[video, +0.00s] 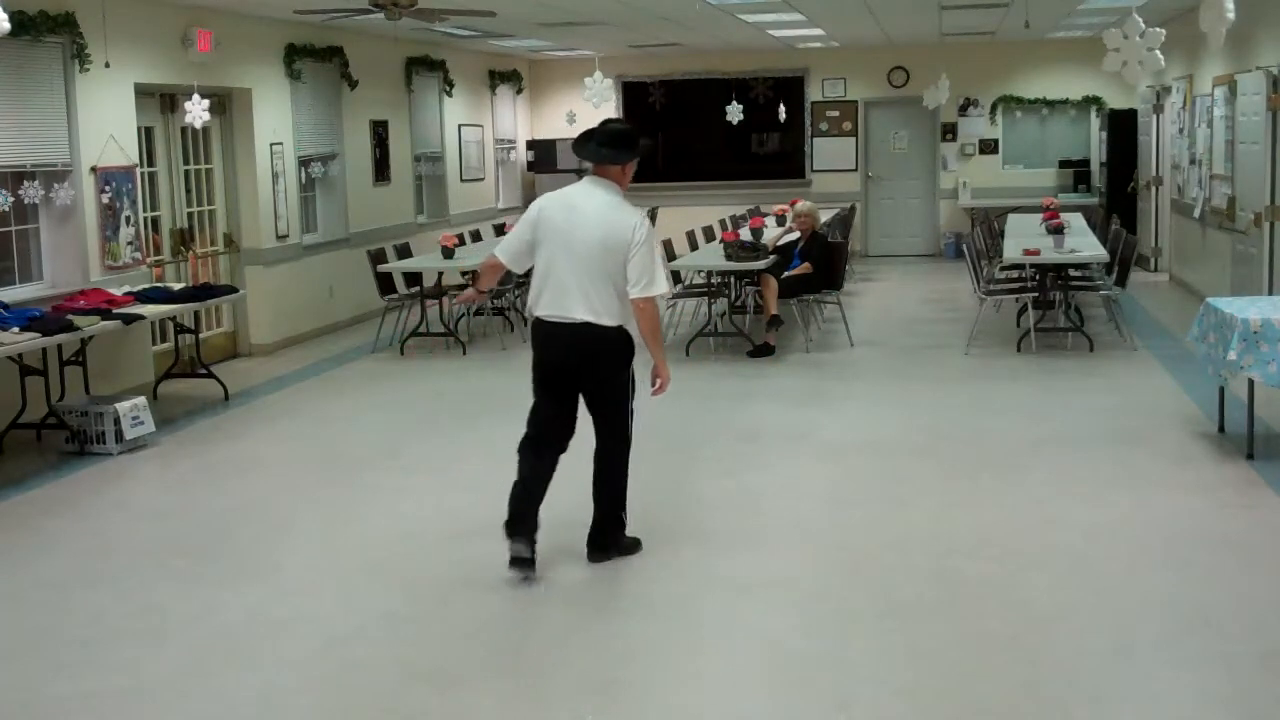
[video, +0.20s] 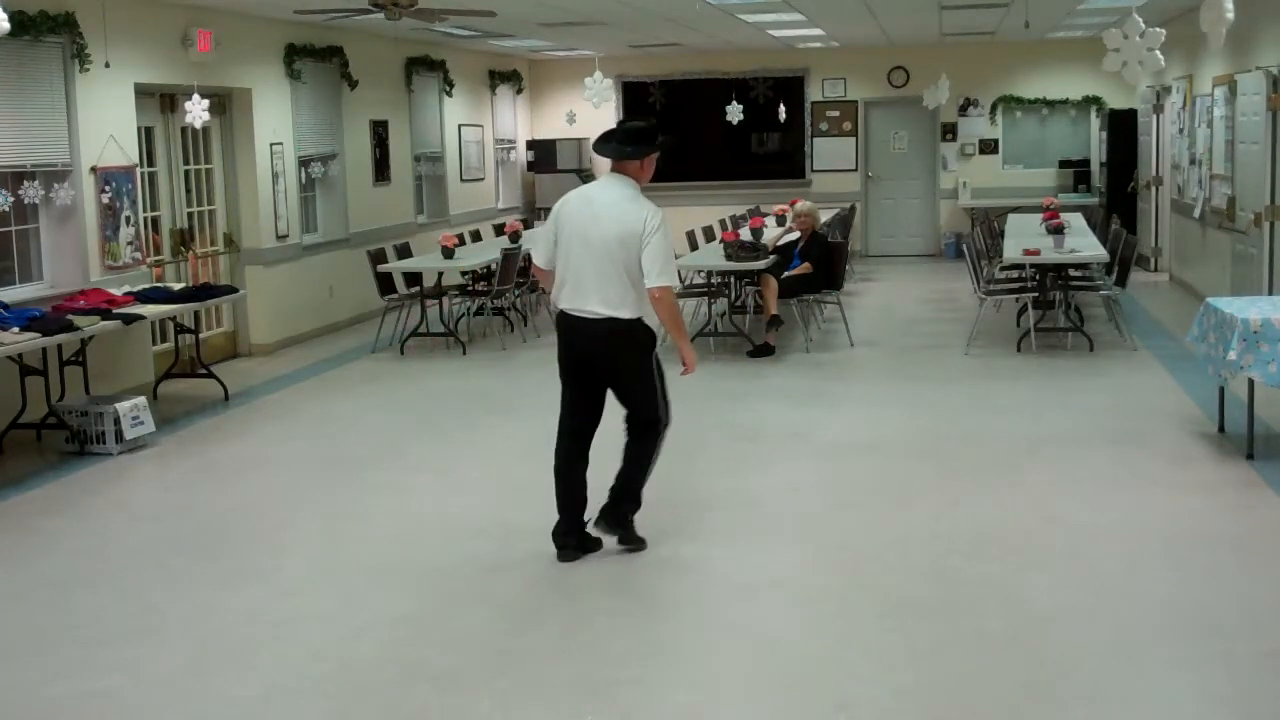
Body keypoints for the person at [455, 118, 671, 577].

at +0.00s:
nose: (633, 172)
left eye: (632, 165)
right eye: (632, 165)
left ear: (587, 162)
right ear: (624, 167)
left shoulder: (547, 205)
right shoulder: (632, 222)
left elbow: (496, 265)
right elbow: (642, 299)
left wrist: (480, 287)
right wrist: (659, 358)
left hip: (549, 339)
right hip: (606, 344)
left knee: (546, 431)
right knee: (613, 440)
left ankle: (520, 530)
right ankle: (606, 536)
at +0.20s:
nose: (654, 168)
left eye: (653, 160)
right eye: (652, 160)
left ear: (611, 160)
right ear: (641, 163)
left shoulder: (569, 201)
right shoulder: (646, 214)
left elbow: (539, 262)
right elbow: (658, 292)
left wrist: (565, 297)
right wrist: (682, 342)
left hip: (573, 334)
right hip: (626, 337)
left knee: (574, 429)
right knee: (649, 421)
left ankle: (569, 534)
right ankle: (618, 512)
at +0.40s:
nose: (678, 170)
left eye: (678, 162)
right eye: (676, 163)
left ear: (635, 165)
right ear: (664, 166)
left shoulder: (607, 207)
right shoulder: (663, 217)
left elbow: (591, 270)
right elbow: (669, 295)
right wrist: (693, 353)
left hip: (607, 335)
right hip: (652, 338)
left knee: (599, 427)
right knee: (682, 425)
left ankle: (572, 526)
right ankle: (691, 510)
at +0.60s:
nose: (705, 155)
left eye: (704, 148)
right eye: (704, 148)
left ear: (665, 149)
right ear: (696, 150)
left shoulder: (640, 194)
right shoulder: (691, 202)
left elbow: (648, 257)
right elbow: (694, 276)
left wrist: (706, 276)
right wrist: (708, 337)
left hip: (644, 314)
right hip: (681, 317)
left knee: (668, 402)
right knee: (699, 416)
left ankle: (635, 475)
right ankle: (691, 508)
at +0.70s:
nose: (716, 152)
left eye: (714, 145)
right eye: (715, 145)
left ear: (677, 148)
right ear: (709, 148)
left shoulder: (656, 193)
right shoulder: (701, 199)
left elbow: (668, 255)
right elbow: (702, 273)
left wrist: (723, 265)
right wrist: (724, 333)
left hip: (660, 313)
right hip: (691, 316)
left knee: (696, 398)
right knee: (708, 408)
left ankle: (685, 484)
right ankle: (691, 507)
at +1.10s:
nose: (746, 152)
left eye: (741, 147)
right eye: (745, 147)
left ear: (710, 151)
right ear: (742, 150)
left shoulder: (694, 196)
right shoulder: (738, 200)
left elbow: (700, 258)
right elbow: (740, 271)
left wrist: (759, 260)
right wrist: (765, 325)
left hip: (711, 309)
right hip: (742, 310)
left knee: (734, 397)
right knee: (785, 392)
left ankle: (749, 479)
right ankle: (724, 463)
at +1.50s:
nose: (731, 156)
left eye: (730, 150)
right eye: (734, 149)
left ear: (731, 152)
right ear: (768, 149)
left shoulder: (715, 203)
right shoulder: (797, 198)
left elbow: (698, 270)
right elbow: (819, 262)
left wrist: (732, 255)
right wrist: (839, 313)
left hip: (733, 317)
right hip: (784, 316)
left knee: (737, 402)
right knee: (793, 404)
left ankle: (747, 483)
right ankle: (798, 499)